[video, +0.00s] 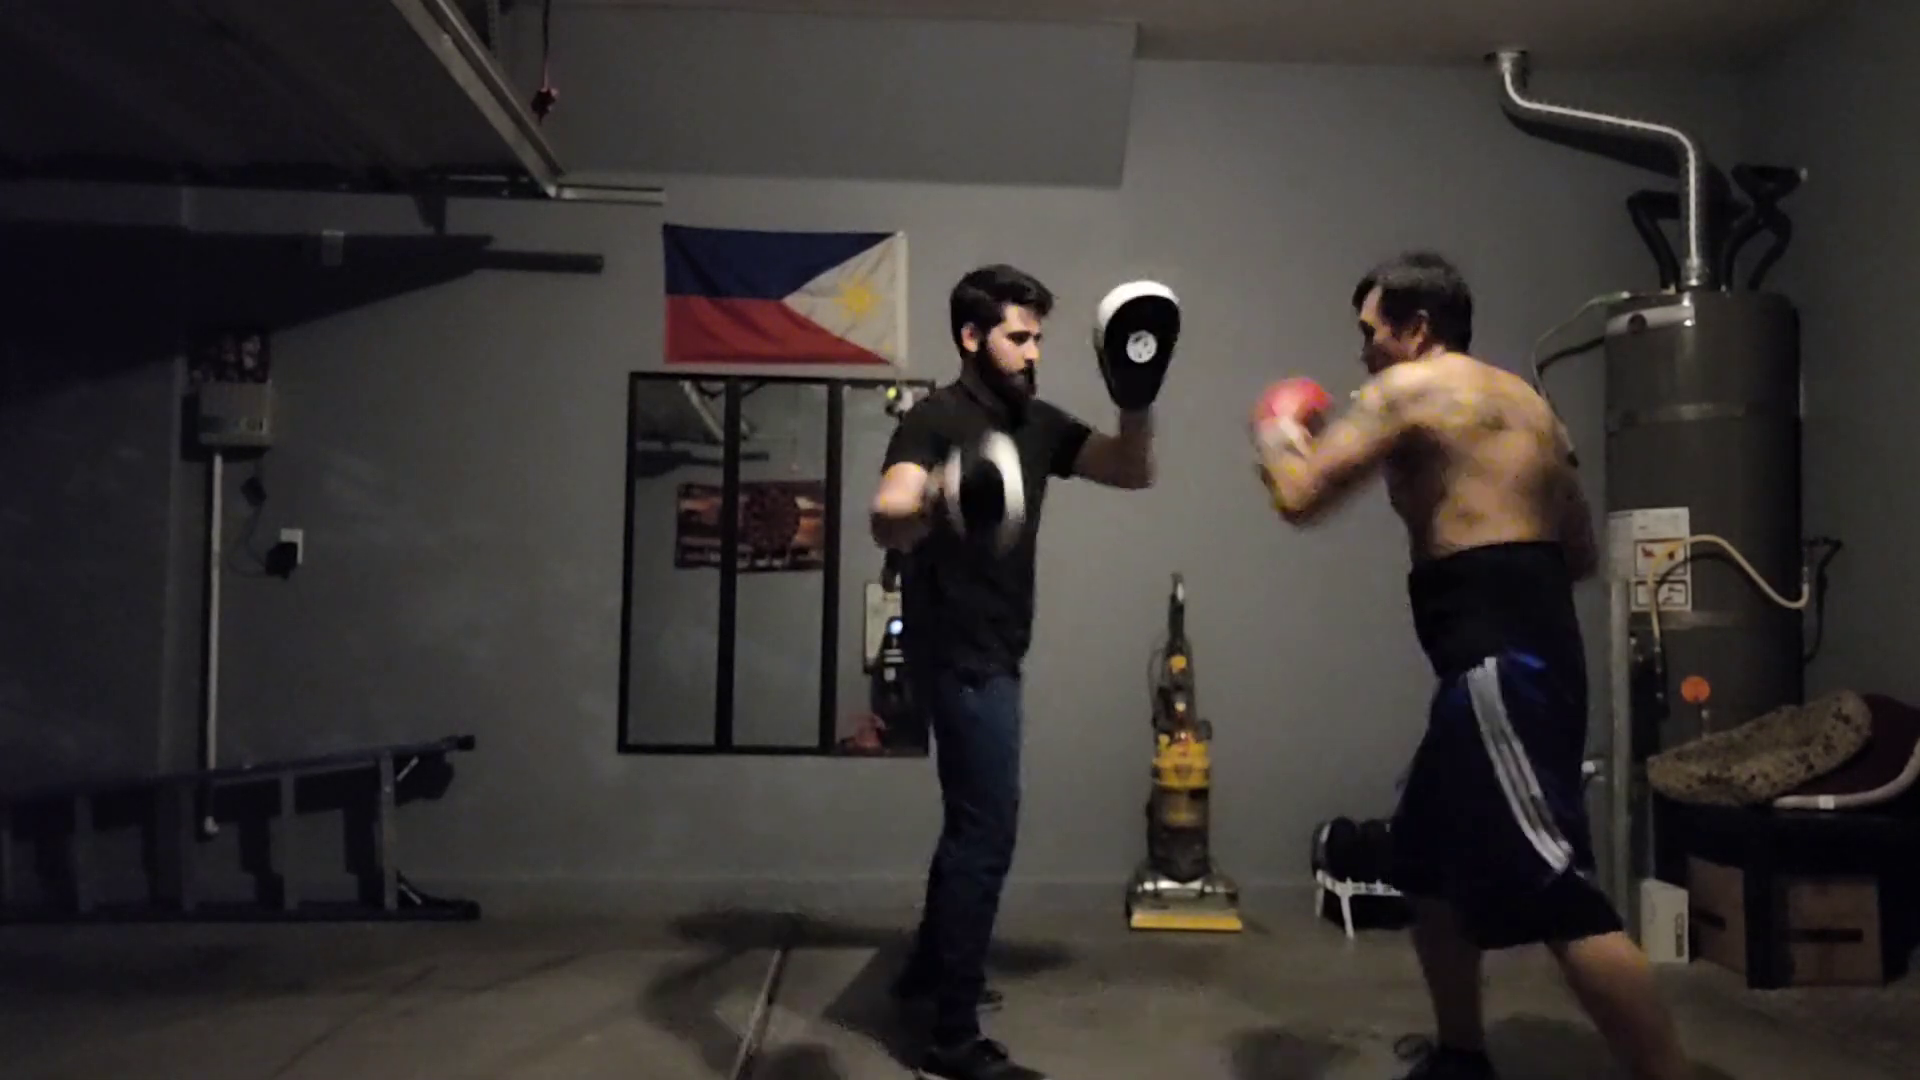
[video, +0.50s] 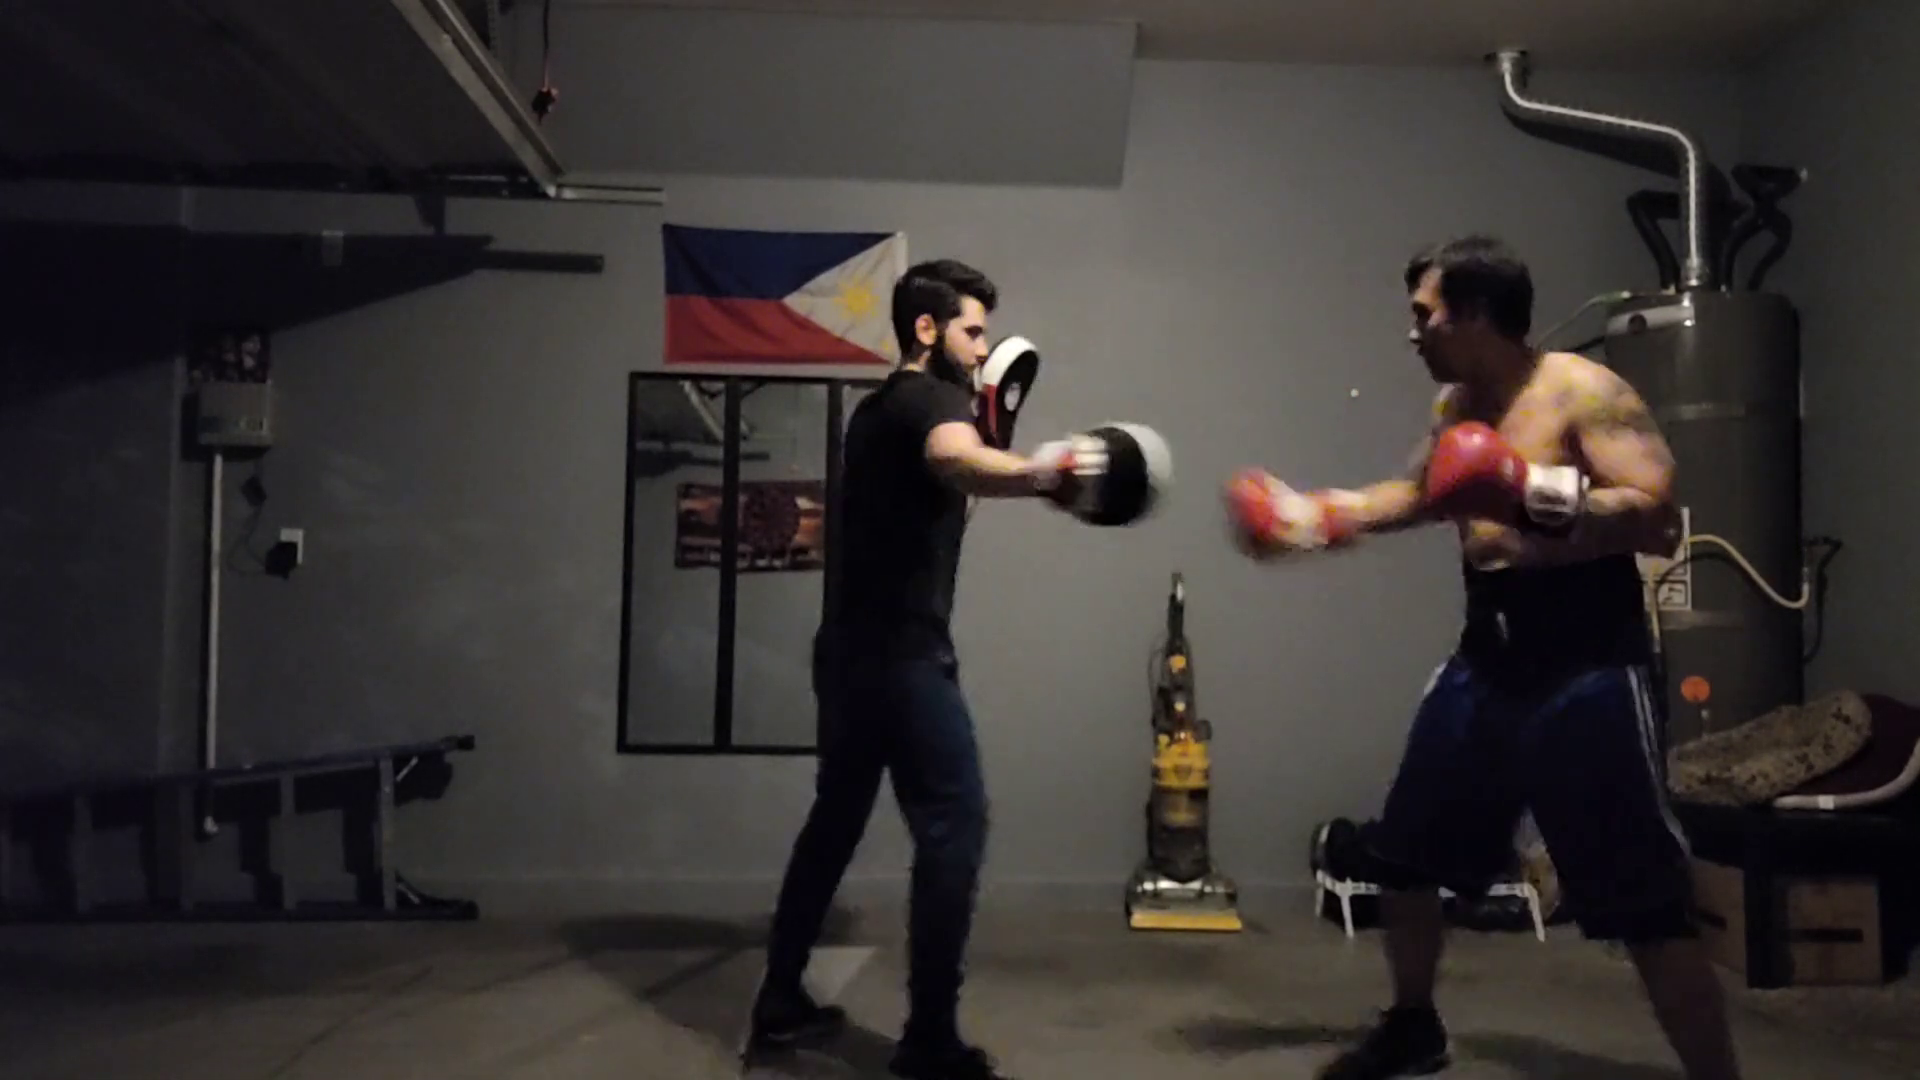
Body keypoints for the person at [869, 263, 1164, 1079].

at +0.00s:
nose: (1033, 353)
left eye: (1038, 338)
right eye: (1019, 338)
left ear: (1034, 340)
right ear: (973, 338)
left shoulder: (1035, 420)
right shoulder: (937, 417)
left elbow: (1131, 470)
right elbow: (888, 509)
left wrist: (1135, 395)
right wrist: (938, 492)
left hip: (997, 657)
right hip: (955, 657)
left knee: (979, 828)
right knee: (984, 837)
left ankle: (930, 978)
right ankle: (952, 1033)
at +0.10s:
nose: (1037, 346)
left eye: (1038, 332)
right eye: (1026, 331)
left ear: (992, 332)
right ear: (980, 329)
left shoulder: (993, 410)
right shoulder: (958, 401)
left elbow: (1065, 488)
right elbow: (947, 499)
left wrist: (1091, 417)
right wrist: (1034, 530)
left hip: (961, 660)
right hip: (951, 664)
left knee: (948, 824)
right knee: (978, 835)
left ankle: (936, 971)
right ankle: (952, 1033)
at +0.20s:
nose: (1028, 349)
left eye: (1029, 334)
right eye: (1019, 332)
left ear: (967, 333)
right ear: (973, 328)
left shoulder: (939, 399)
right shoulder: (976, 400)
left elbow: (1007, 484)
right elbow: (1053, 488)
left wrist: (1042, 423)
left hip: (911, 643)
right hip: (933, 651)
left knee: (920, 817)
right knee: (967, 826)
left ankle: (884, 974)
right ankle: (953, 1031)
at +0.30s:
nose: (1013, 347)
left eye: (1014, 333)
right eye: (1003, 331)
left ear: (951, 332)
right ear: (956, 327)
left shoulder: (917, 398)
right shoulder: (957, 400)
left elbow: (965, 477)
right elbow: (1011, 478)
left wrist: (1013, 422)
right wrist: (1119, 480)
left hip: (894, 647)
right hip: (929, 656)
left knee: (893, 807)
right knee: (964, 833)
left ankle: (800, 984)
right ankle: (954, 1034)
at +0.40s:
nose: (996, 348)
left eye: (998, 335)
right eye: (986, 332)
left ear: (935, 334)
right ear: (938, 329)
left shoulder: (908, 400)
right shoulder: (932, 396)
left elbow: (951, 485)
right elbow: (936, 473)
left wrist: (997, 428)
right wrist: (1042, 469)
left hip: (876, 649)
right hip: (920, 656)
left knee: (849, 816)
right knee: (970, 825)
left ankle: (785, 996)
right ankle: (949, 1032)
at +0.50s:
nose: (982, 351)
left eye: (984, 337)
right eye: (973, 334)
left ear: (915, 338)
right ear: (927, 329)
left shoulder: (879, 407)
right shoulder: (929, 394)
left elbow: (926, 479)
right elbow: (956, 458)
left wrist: (979, 418)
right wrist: (1044, 473)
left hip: (851, 653)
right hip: (906, 658)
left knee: (833, 823)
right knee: (955, 827)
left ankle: (779, 997)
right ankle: (931, 1037)